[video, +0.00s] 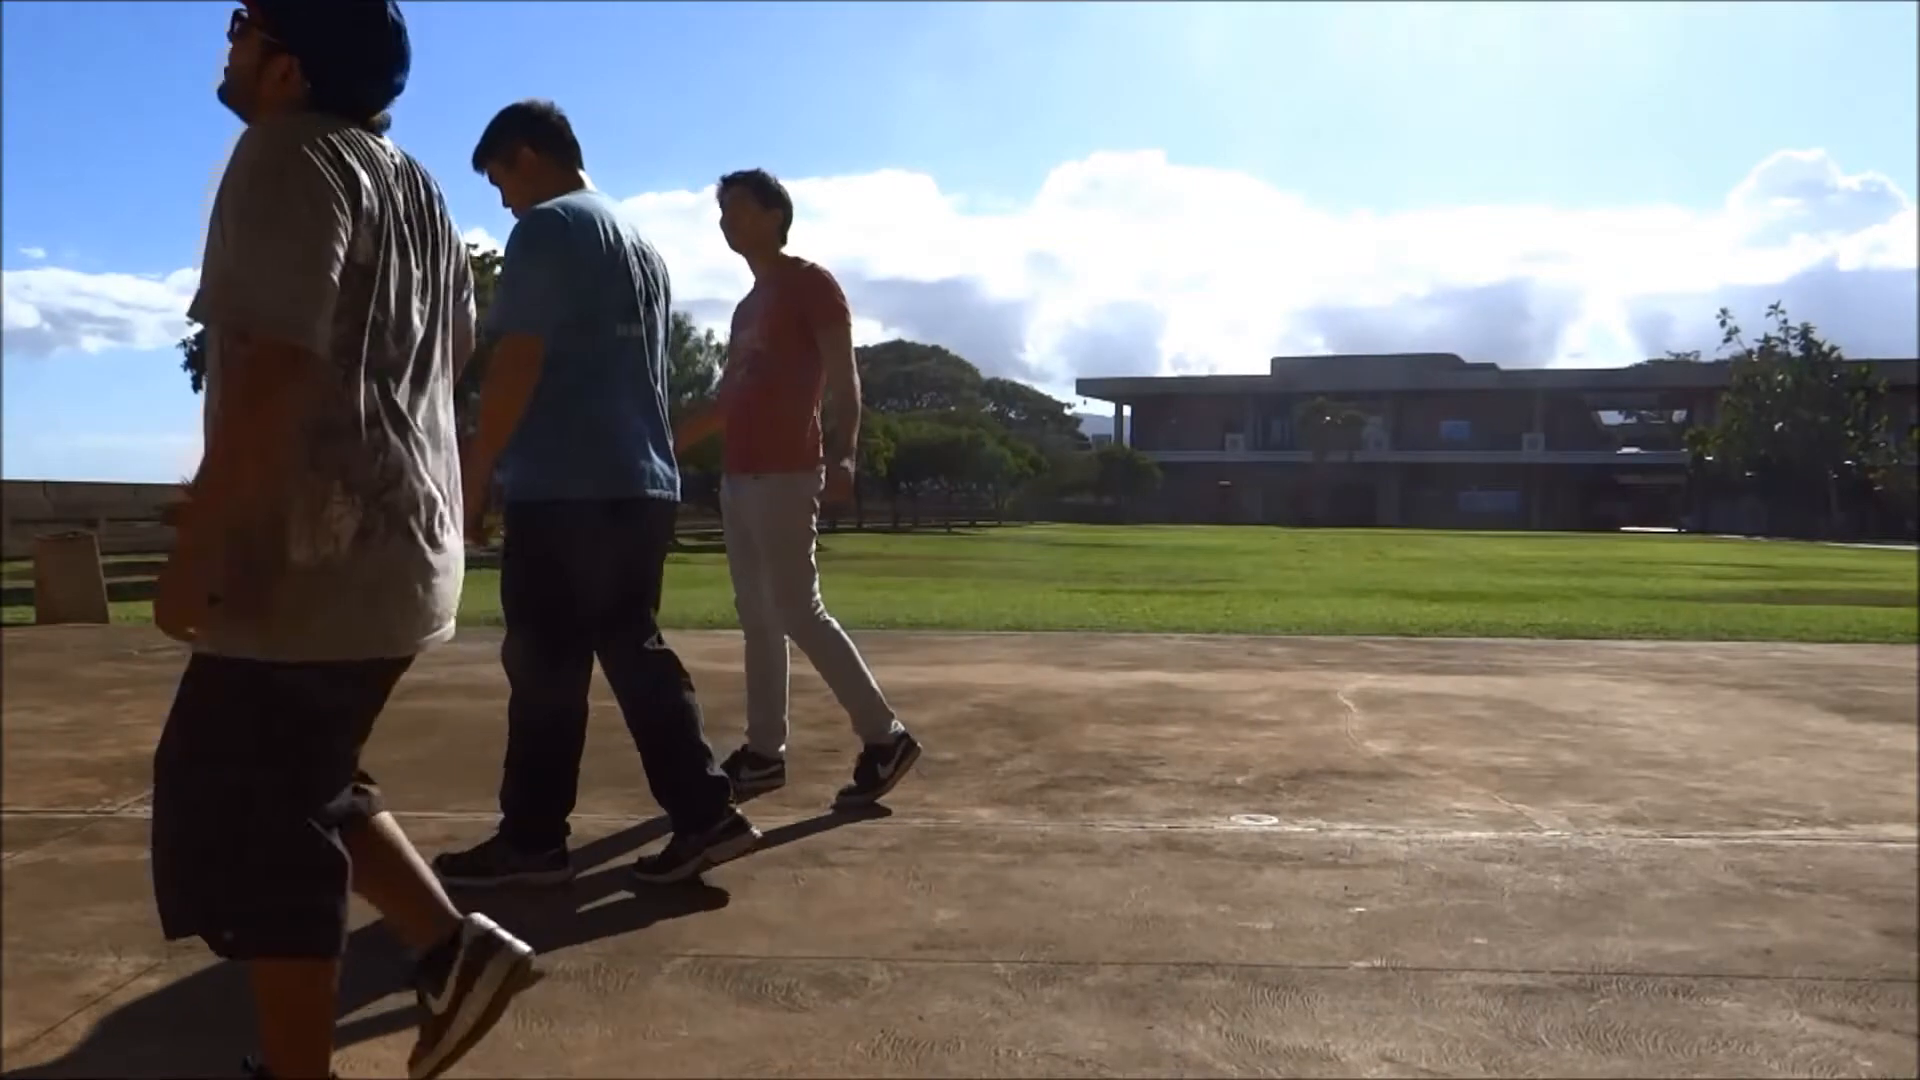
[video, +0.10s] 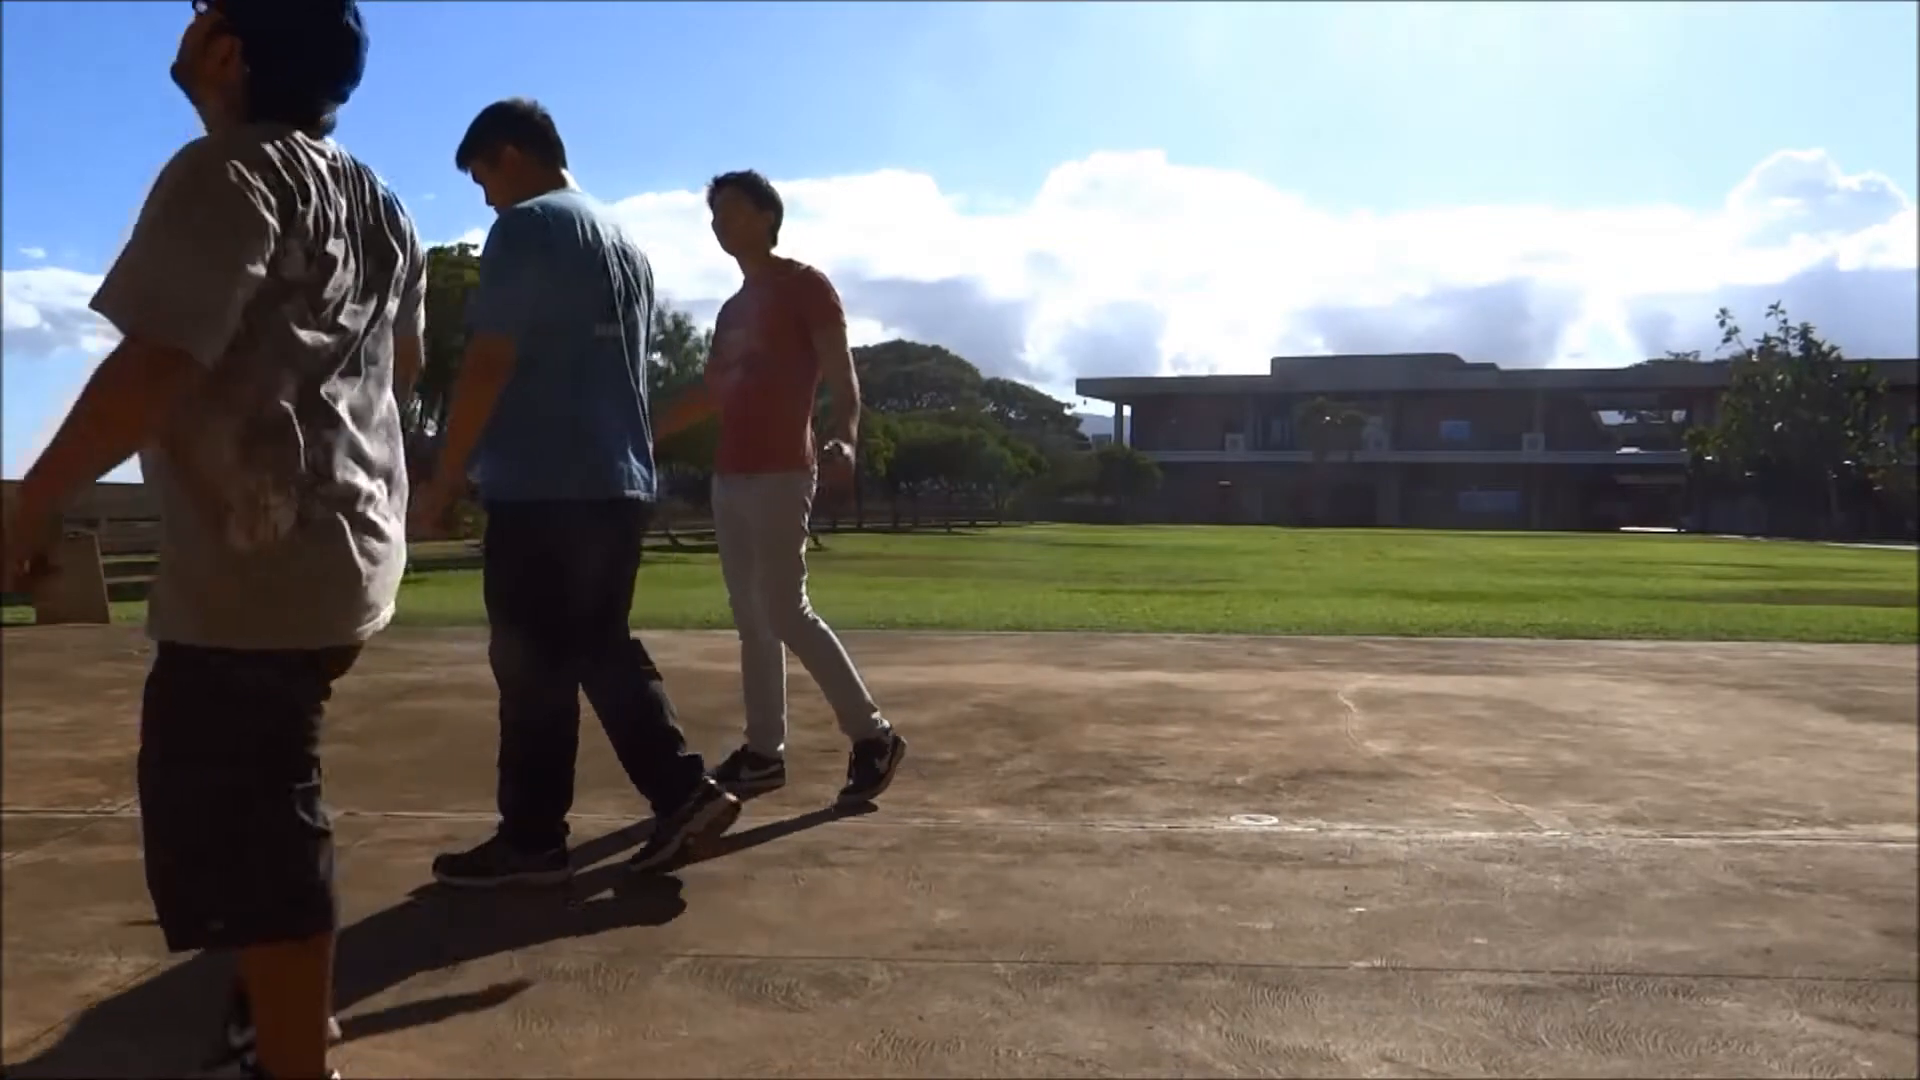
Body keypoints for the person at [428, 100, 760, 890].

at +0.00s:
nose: (502, 195)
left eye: (501, 176)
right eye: (495, 180)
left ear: (532, 156)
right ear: (566, 158)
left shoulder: (544, 227)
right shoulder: (639, 241)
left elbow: (518, 356)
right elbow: (647, 374)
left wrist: (476, 464)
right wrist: (622, 461)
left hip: (562, 489)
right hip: (643, 486)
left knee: (544, 662)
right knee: (634, 642)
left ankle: (532, 837)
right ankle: (705, 814)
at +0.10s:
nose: (484, 194)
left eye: (483, 176)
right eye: (479, 179)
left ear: (513, 156)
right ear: (550, 156)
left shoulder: (521, 227)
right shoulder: (621, 241)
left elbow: (491, 356)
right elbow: (629, 372)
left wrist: (445, 472)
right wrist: (606, 458)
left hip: (540, 488)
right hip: (619, 485)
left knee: (530, 661)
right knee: (603, 641)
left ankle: (531, 837)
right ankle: (683, 791)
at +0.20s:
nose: (472, 193)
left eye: (469, 176)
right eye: (466, 179)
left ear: (496, 153)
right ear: (536, 153)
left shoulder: (506, 226)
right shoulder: (608, 238)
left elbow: (468, 357)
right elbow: (616, 377)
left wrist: (418, 473)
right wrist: (588, 461)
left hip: (523, 489)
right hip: (600, 486)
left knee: (520, 658)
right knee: (578, 638)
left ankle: (530, 834)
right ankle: (654, 784)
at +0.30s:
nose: (458, 191)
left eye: (457, 174)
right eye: (452, 178)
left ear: (485, 153)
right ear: (526, 151)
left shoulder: (495, 225)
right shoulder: (598, 239)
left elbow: (450, 356)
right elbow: (597, 375)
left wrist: (404, 470)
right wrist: (542, 445)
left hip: (513, 489)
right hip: (586, 483)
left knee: (510, 655)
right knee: (556, 638)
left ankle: (530, 836)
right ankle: (611, 806)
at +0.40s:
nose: (446, 188)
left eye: (446, 171)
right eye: (440, 174)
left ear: (477, 153)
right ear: (515, 151)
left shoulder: (482, 225)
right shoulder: (582, 239)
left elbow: (439, 356)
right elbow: (591, 373)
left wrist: (396, 470)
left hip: (501, 488)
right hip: (573, 484)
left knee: (502, 659)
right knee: (534, 647)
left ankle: (528, 838)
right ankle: (562, 822)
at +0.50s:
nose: (434, 189)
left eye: (435, 171)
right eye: (429, 174)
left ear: (467, 154)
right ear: (503, 153)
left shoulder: (473, 226)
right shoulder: (570, 240)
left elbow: (436, 355)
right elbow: (567, 371)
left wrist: (392, 465)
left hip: (492, 487)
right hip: (557, 483)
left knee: (499, 655)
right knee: (506, 647)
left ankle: (529, 836)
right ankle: (501, 808)